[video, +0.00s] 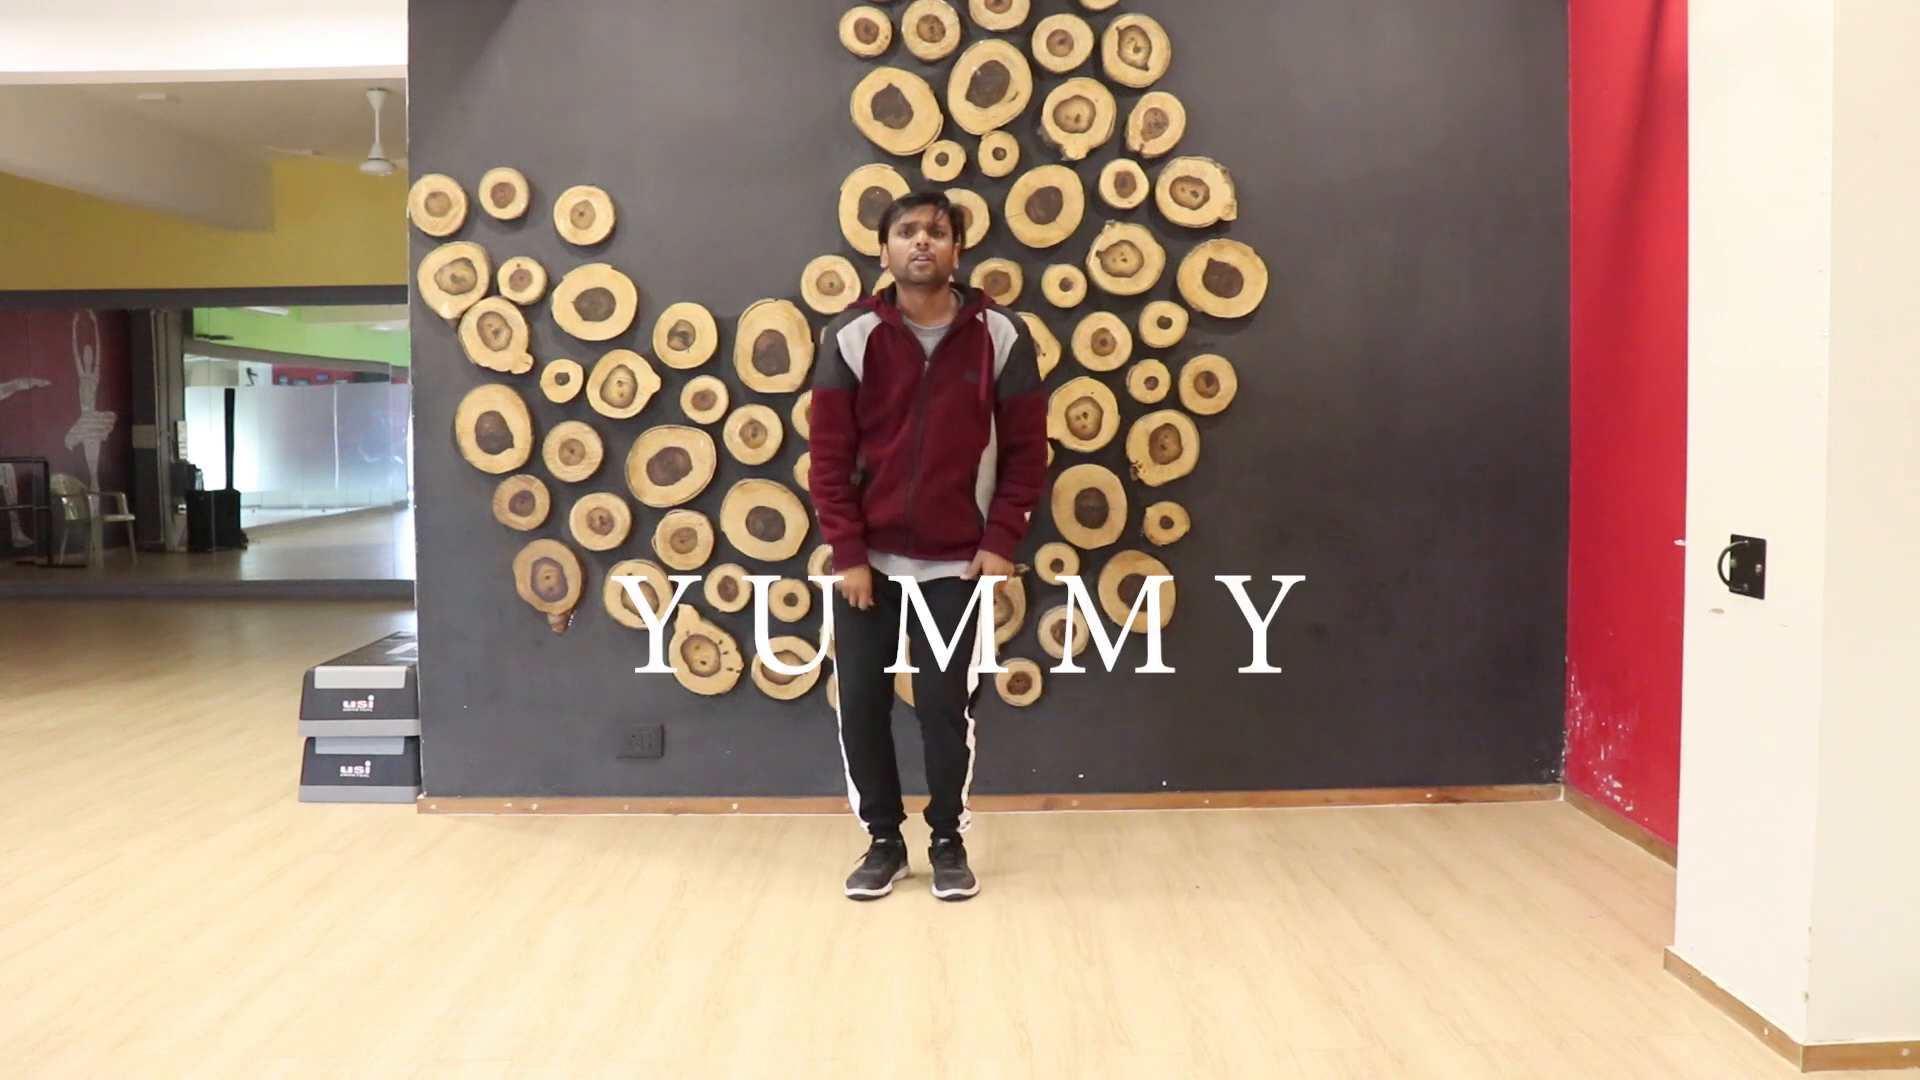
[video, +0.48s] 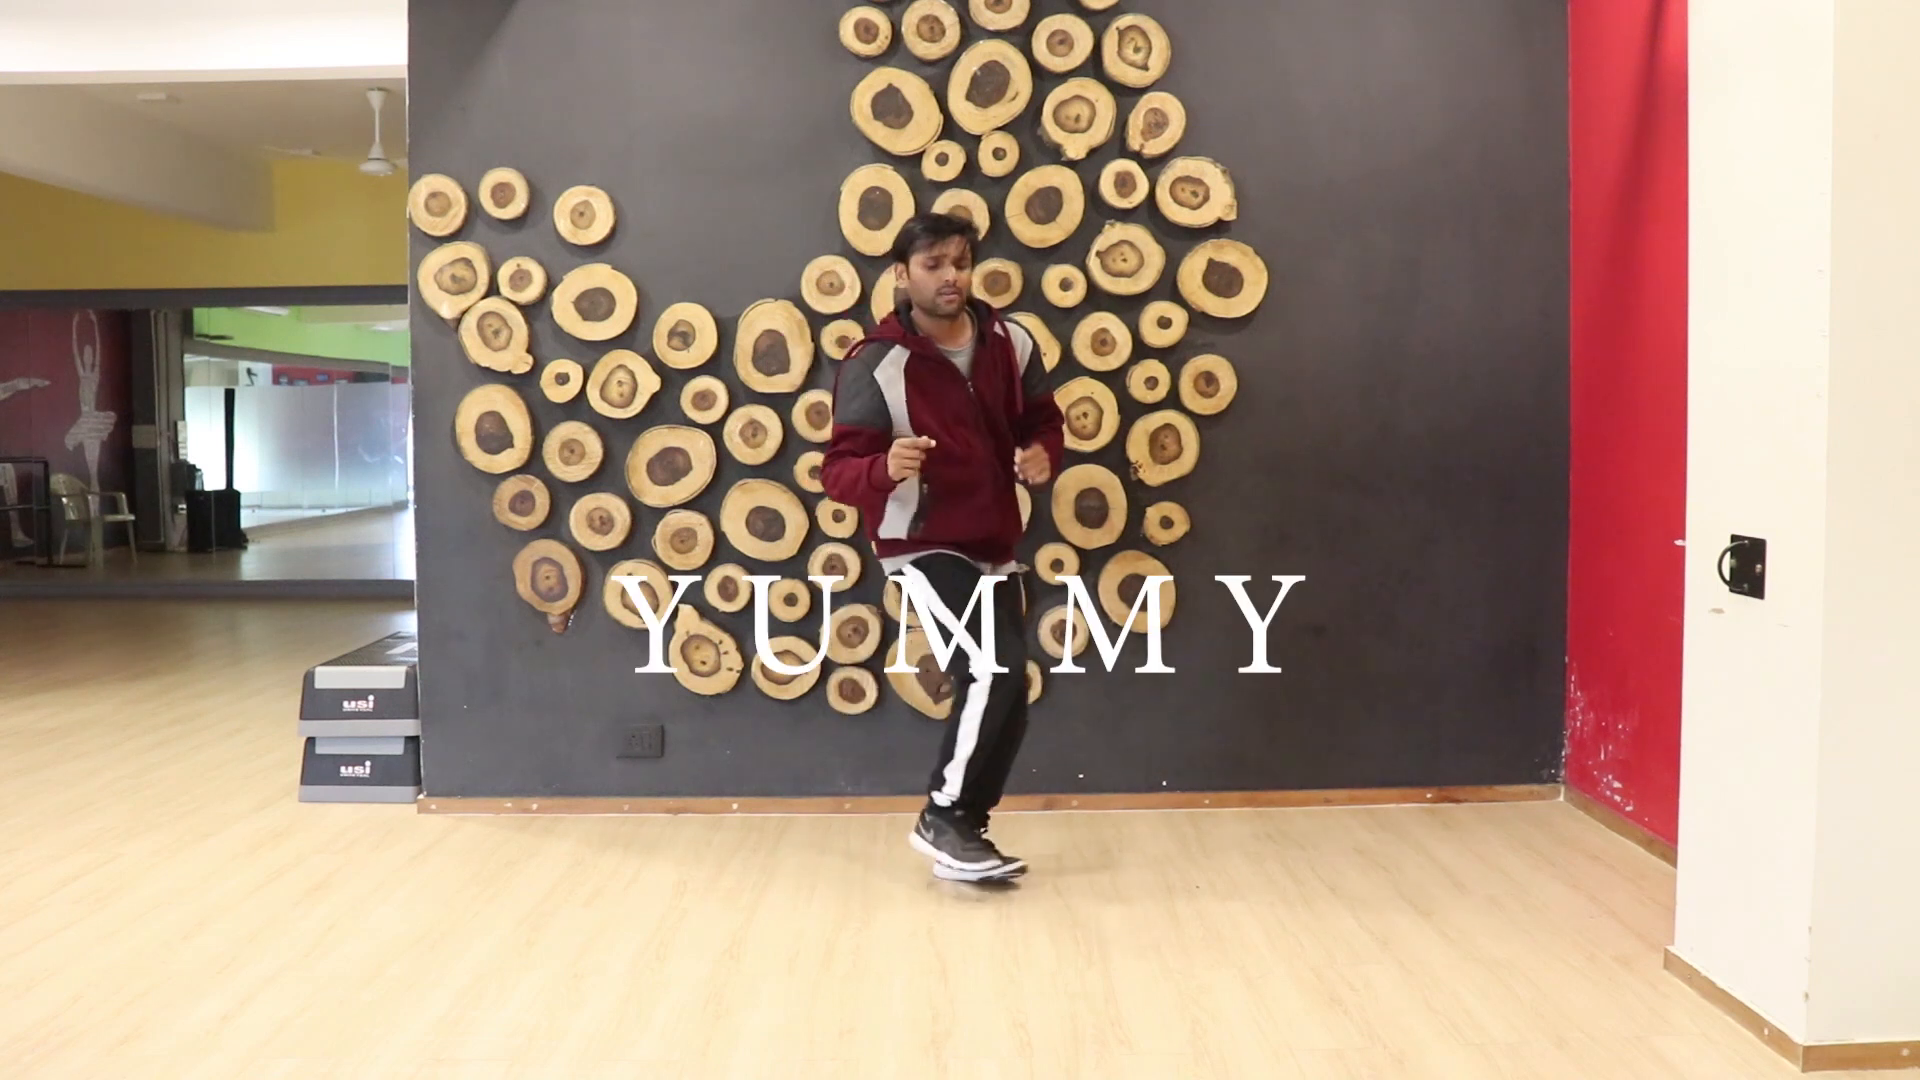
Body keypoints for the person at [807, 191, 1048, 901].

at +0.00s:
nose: (923, 243)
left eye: (936, 232)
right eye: (908, 232)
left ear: (957, 250)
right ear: (886, 251)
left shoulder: (998, 334)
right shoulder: (850, 338)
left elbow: (1026, 447)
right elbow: (828, 453)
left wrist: (1002, 540)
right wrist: (847, 553)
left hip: (954, 556)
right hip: (866, 554)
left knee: (944, 703)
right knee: (858, 704)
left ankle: (946, 843)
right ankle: (883, 842)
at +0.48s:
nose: (951, 277)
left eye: (960, 264)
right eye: (934, 266)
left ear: (972, 271)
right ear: (903, 275)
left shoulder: (1008, 341)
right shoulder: (876, 365)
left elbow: (1043, 418)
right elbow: (837, 473)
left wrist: (1042, 452)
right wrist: (884, 467)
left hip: (996, 548)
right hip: (923, 549)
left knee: (1007, 696)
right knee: (995, 672)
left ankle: (963, 835)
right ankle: (947, 817)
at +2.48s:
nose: (978, 232)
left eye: (993, 220)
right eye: (964, 220)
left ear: (1013, 236)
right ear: (939, 234)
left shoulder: (1039, 324)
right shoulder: (896, 318)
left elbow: (1072, 435)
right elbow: (861, 421)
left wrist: (1082, 533)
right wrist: (848, 520)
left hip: (1033, 554)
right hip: (941, 553)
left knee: (1032, 715)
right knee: (938, 714)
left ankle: (1002, 856)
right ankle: (939, 850)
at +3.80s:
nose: (949, 230)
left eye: (965, 218)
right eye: (933, 217)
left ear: (987, 237)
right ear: (908, 237)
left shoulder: (1027, 329)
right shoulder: (867, 325)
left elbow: (1081, 434)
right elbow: (815, 435)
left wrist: (1034, 492)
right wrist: (869, 441)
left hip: (997, 576)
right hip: (896, 575)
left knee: (1009, 737)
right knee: (911, 730)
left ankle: (1019, 913)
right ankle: (936, 847)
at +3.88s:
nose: (955, 227)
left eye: (971, 214)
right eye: (939, 214)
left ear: (993, 233)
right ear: (913, 232)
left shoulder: (1021, 316)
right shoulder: (884, 310)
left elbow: (1019, 419)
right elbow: (871, 404)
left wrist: (915, 367)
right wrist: (982, 337)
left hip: (1006, 567)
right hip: (908, 568)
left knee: (1018, 747)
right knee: (913, 742)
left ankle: (1023, 929)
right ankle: (939, 836)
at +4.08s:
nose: (965, 214)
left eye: (982, 203)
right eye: (949, 201)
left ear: (1007, 222)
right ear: (922, 217)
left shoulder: (1030, 305)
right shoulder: (880, 293)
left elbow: (1065, 394)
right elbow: (811, 392)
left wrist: (974, 313)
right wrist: (905, 324)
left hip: (1018, 563)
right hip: (913, 563)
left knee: (1037, 749)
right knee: (977, 731)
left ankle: (1028, 931)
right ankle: (982, 887)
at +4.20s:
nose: (965, 211)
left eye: (981, 199)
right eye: (946, 198)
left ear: (1001, 220)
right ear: (914, 215)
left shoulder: (1044, 312)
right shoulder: (864, 306)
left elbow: (1161, 351)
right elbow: (776, 375)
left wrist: (1087, 279)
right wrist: (804, 301)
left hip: (1002, 572)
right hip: (894, 563)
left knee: (1030, 762)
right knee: (923, 717)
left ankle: (1033, 941)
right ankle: (884, 882)